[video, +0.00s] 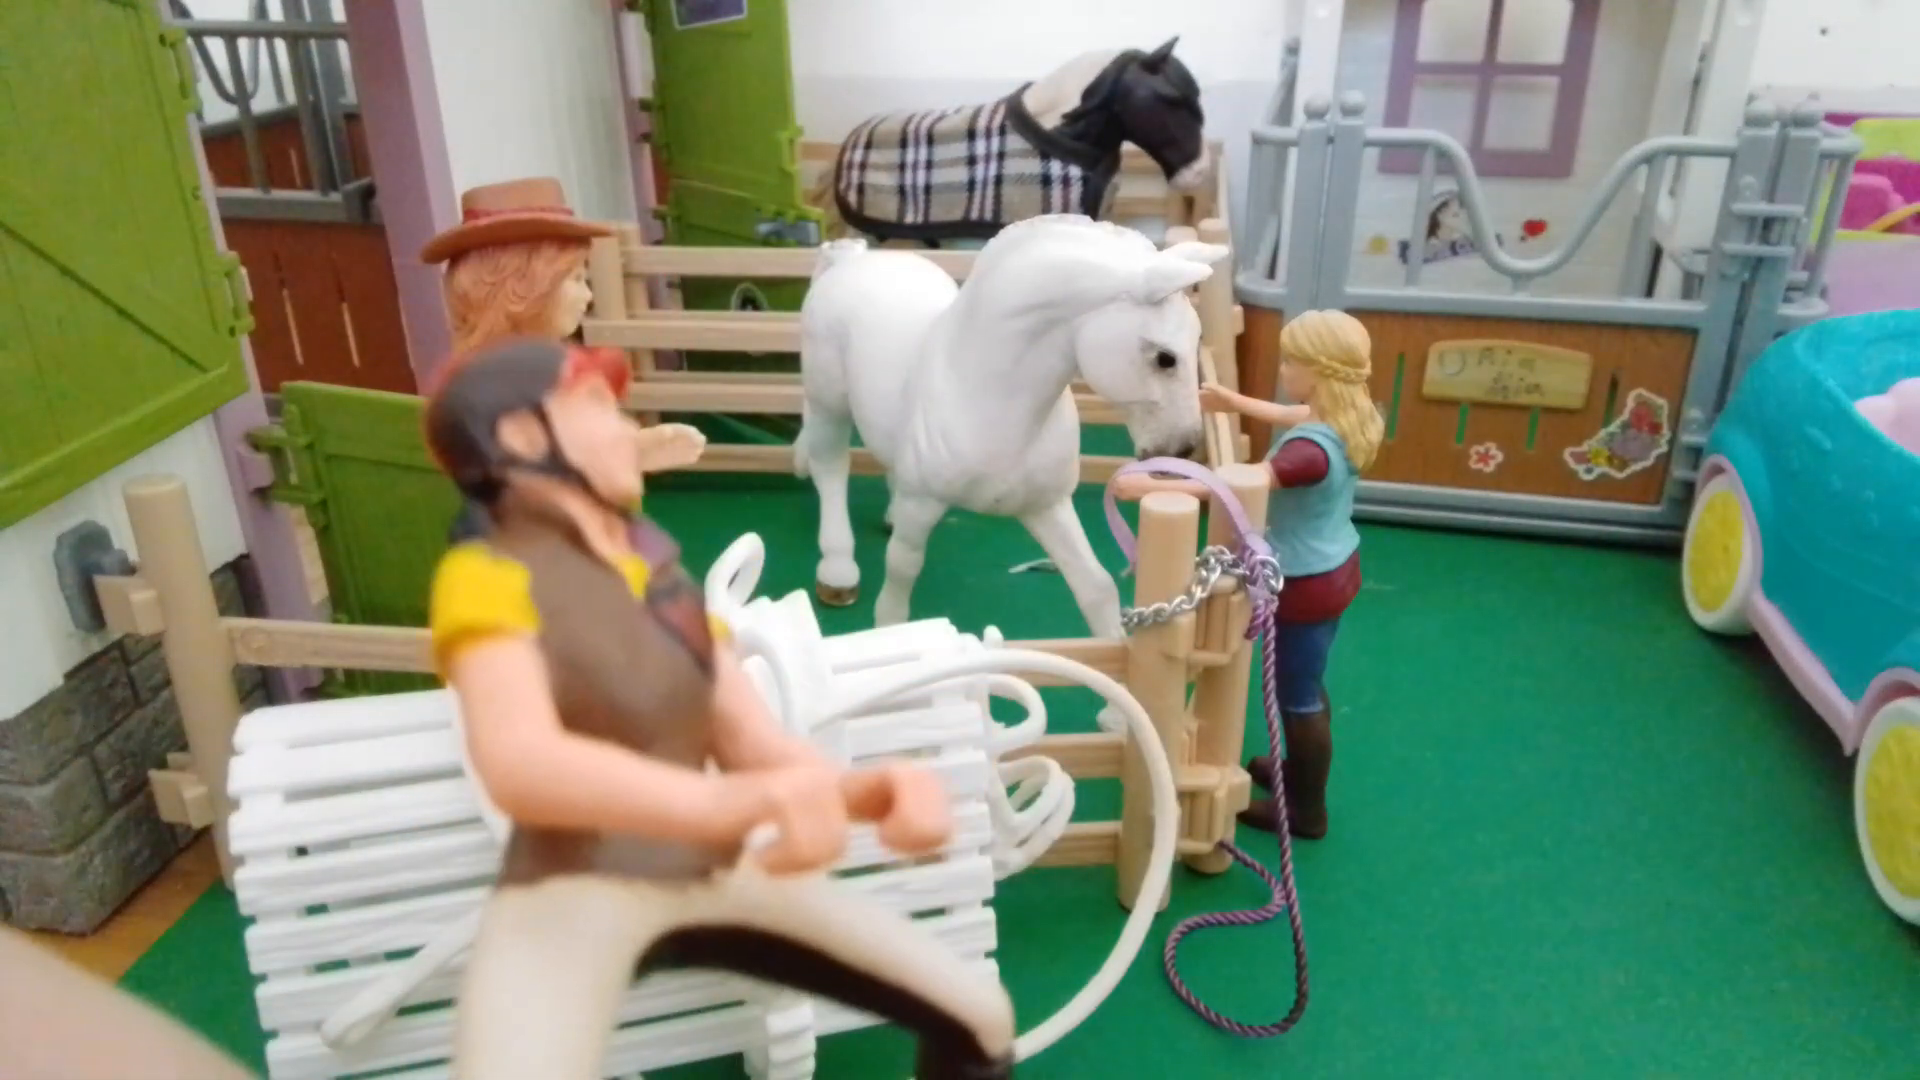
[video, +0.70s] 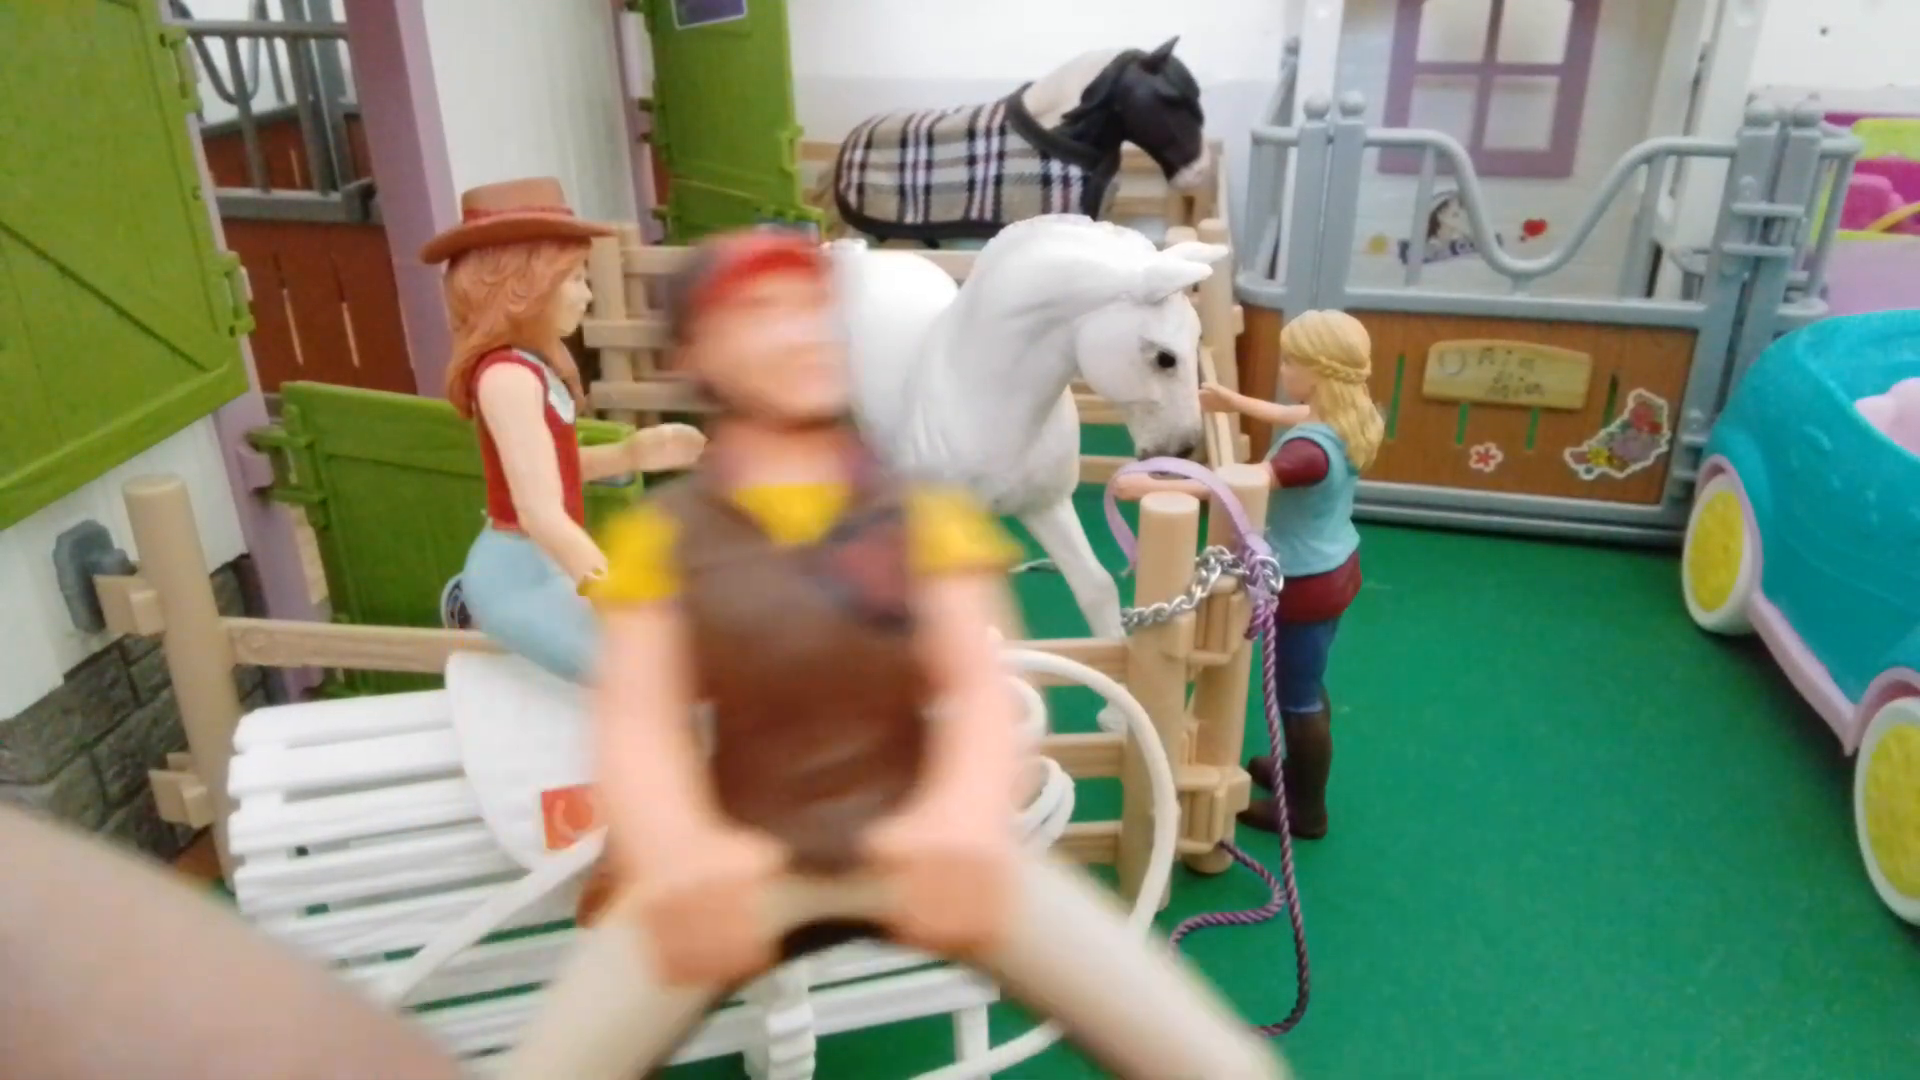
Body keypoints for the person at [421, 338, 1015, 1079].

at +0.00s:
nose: (630, 422)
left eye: (614, 398)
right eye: (597, 398)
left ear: (521, 437)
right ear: (518, 436)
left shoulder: (651, 560)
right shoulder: (488, 572)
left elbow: (748, 738)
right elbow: (521, 767)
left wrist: (859, 793)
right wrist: (732, 805)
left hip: (721, 878)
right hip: (571, 898)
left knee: (974, 1013)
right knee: (516, 1063)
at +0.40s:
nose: (638, 446)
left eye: (631, 428)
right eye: (601, 433)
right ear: (535, 477)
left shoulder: (684, 585)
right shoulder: (507, 612)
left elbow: (776, 729)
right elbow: (509, 787)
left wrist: (846, 790)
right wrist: (674, 827)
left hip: (742, 871)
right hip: (591, 893)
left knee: (1029, 1008)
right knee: (474, 1066)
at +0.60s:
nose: (676, 351)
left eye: (683, 331)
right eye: (637, 335)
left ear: (707, 355)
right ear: (571, 386)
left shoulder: (790, 519)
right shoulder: (539, 549)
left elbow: (852, 668)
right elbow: (512, 734)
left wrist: (851, 762)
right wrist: (571, 820)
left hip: (811, 833)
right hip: (630, 857)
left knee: (1122, 1035)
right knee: (442, 1071)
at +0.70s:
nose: (802, 327)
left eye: (814, 302)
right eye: (762, 309)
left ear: (842, 324)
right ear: (696, 353)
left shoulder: (925, 514)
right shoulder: (662, 537)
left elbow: (982, 693)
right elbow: (640, 725)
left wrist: (956, 829)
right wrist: (684, 863)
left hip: (925, 833)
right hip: (733, 848)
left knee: (1216, 1051)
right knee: (540, 1064)